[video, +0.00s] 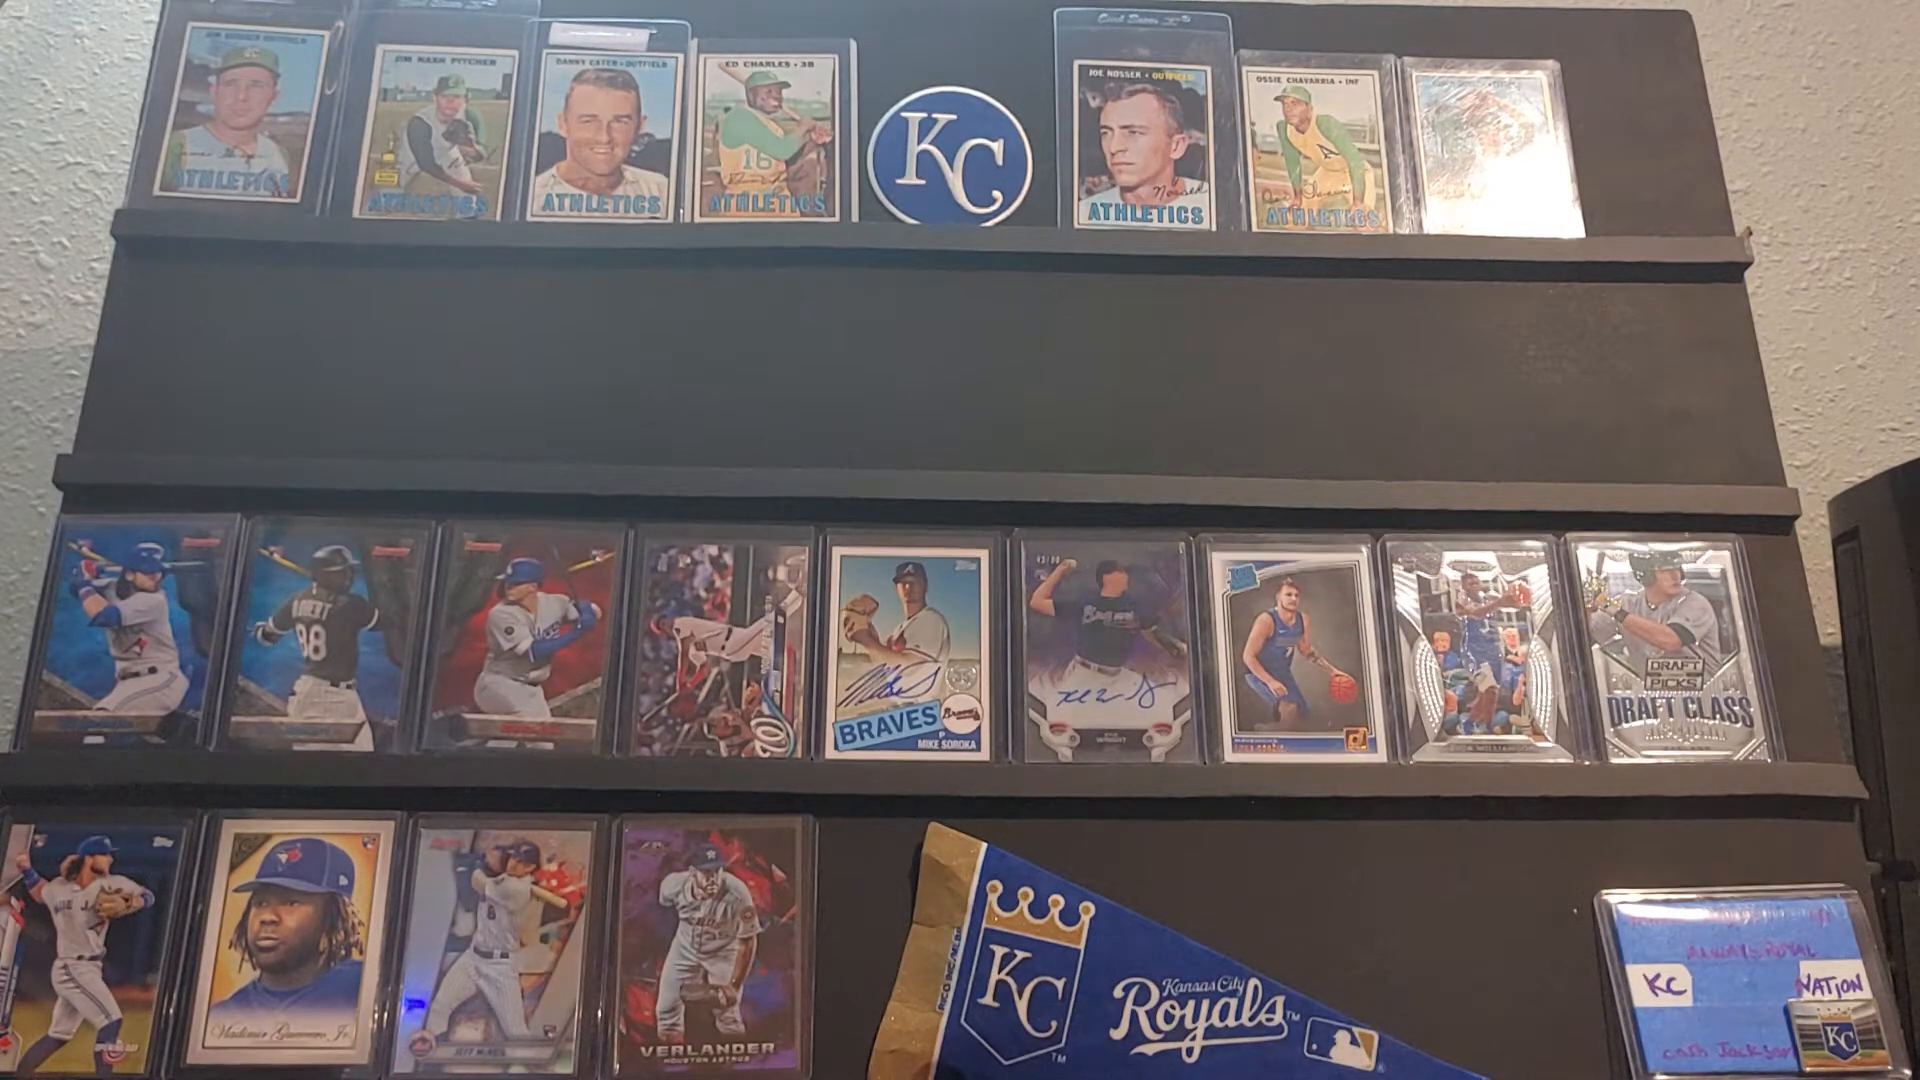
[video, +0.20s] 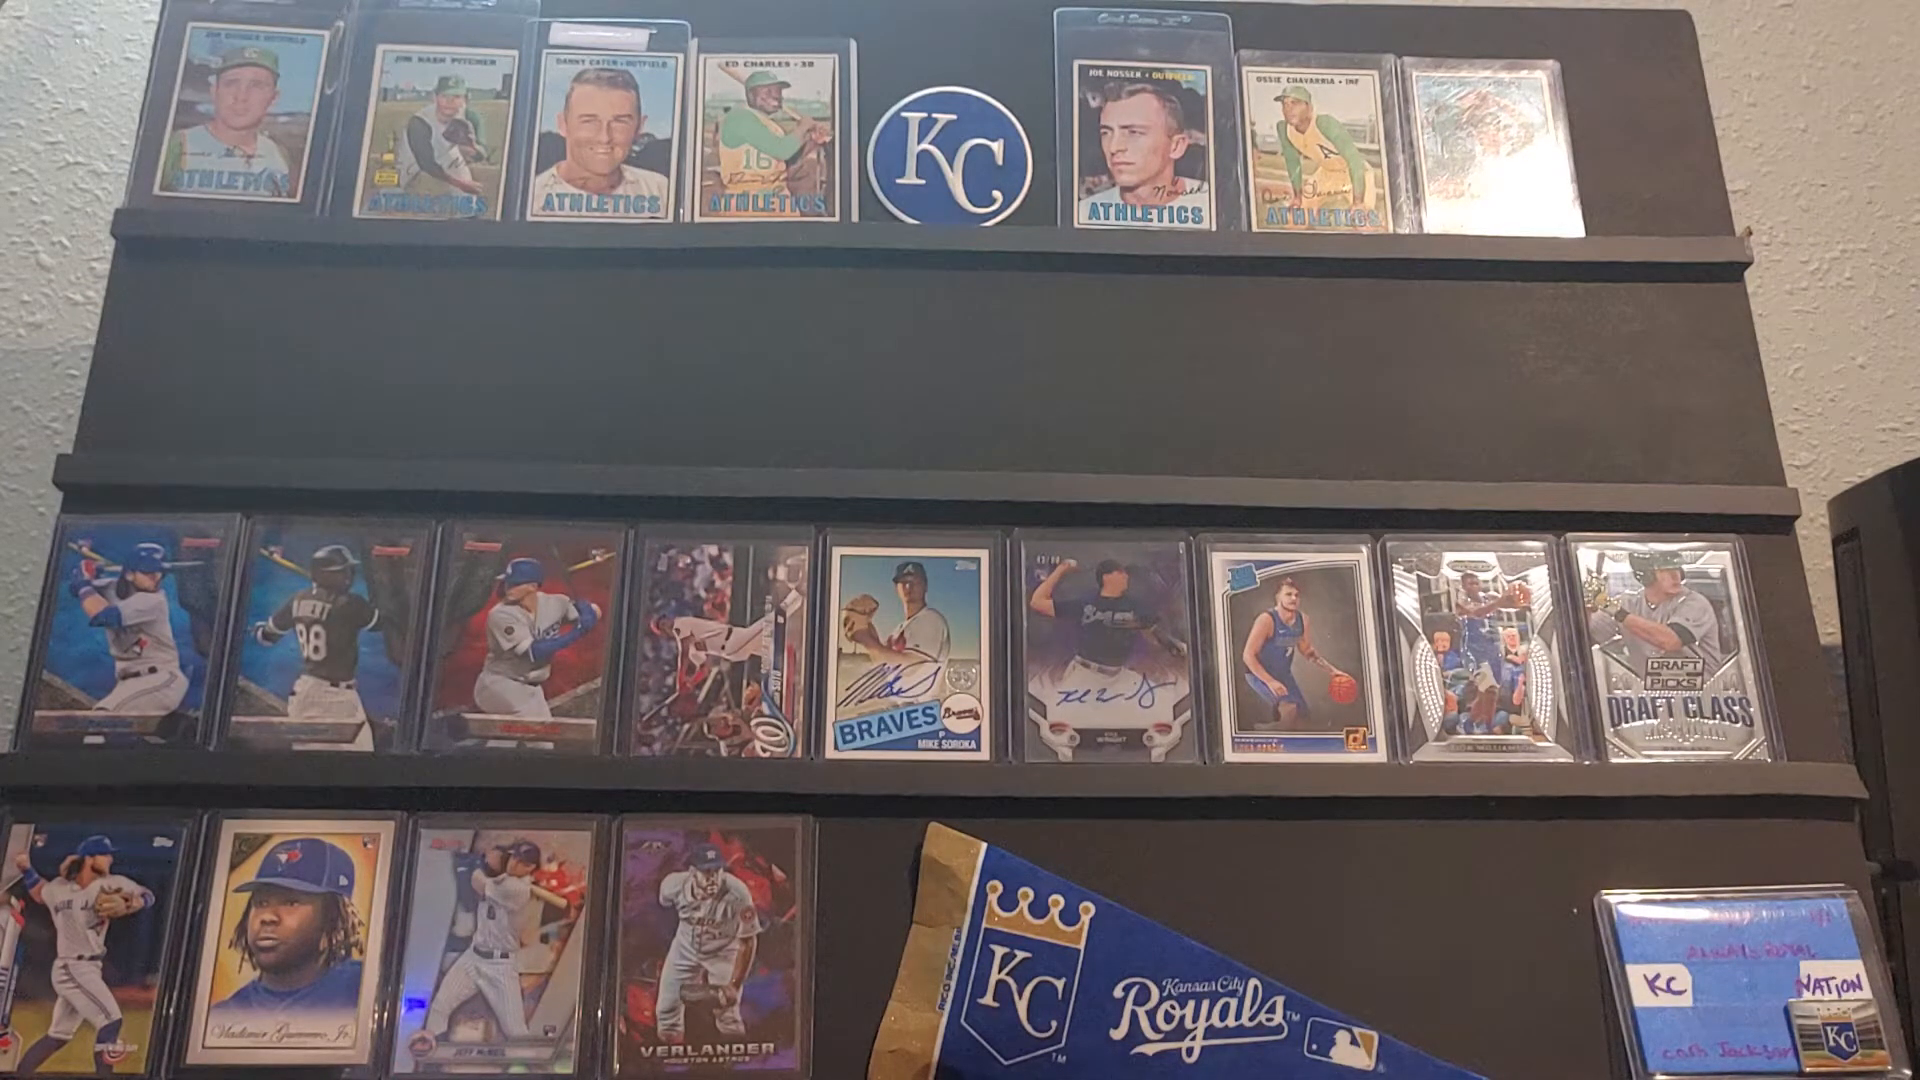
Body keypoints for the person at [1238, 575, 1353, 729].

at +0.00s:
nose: (1293, 599)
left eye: (1296, 595)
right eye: (1288, 595)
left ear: (1299, 598)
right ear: (1278, 597)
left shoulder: (1302, 619)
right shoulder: (1266, 620)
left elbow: (1306, 650)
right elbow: (1248, 656)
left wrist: (1332, 671)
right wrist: (1270, 681)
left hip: (1283, 672)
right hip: (1260, 672)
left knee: (1301, 712)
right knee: (1289, 706)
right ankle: (1284, 750)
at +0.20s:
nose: (1294, 599)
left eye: (1296, 595)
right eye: (1288, 595)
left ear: (1299, 598)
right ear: (1278, 598)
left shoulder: (1302, 619)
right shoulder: (1266, 620)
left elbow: (1307, 651)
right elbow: (1248, 655)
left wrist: (1333, 671)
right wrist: (1270, 681)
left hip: (1283, 673)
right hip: (1260, 673)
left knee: (1302, 713)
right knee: (1289, 707)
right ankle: (1282, 750)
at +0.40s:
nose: (1294, 599)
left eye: (1296, 595)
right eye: (1288, 595)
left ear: (1299, 598)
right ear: (1278, 598)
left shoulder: (1302, 619)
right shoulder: (1266, 620)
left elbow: (1307, 651)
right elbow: (1248, 655)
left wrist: (1333, 671)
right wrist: (1270, 681)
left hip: (1283, 673)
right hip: (1260, 673)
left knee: (1302, 713)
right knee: (1289, 707)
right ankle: (1281, 750)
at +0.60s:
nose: (1294, 599)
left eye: (1296, 595)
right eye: (1288, 595)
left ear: (1299, 598)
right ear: (1278, 598)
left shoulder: (1302, 619)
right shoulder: (1266, 620)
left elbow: (1307, 650)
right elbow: (1248, 656)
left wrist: (1333, 671)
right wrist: (1270, 681)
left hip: (1283, 673)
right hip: (1260, 673)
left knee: (1302, 713)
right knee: (1289, 707)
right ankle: (1281, 750)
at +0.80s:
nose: (1294, 599)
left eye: (1296, 595)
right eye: (1288, 595)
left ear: (1299, 598)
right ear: (1278, 598)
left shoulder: (1302, 619)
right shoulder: (1266, 620)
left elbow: (1307, 650)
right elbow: (1248, 656)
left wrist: (1333, 671)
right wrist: (1270, 681)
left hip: (1283, 673)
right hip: (1260, 673)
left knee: (1302, 713)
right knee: (1289, 707)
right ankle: (1282, 750)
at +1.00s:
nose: (1294, 599)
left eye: (1296, 595)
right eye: (1288, 595)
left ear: (1299, 598)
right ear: (1278, 598)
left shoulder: (1302, 619)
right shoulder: (1266, 620)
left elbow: (1307, 650)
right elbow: (1248, 656)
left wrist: (1333, 671)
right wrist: (1270, 681)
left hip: (1283, 673)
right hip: (1260, 673)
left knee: (1302, 713)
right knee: (1289, 707)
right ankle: (1282, 750)